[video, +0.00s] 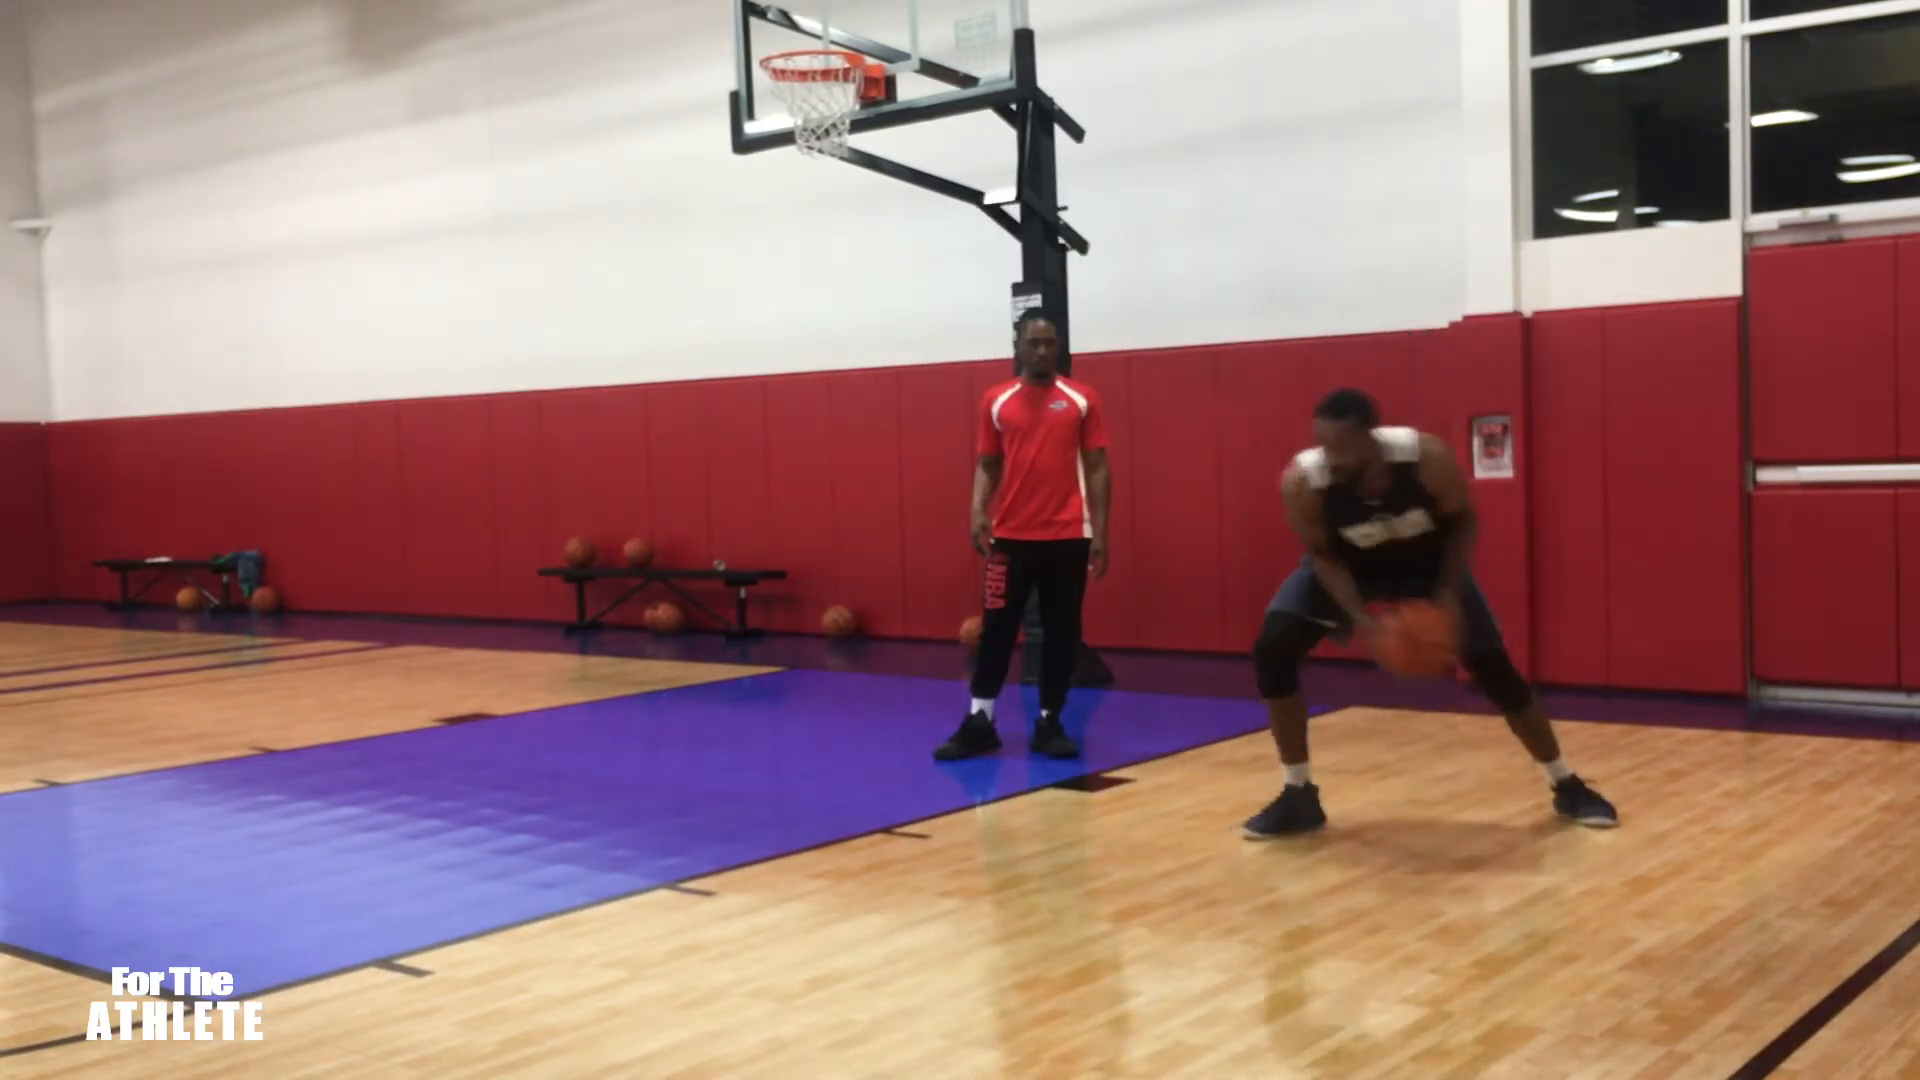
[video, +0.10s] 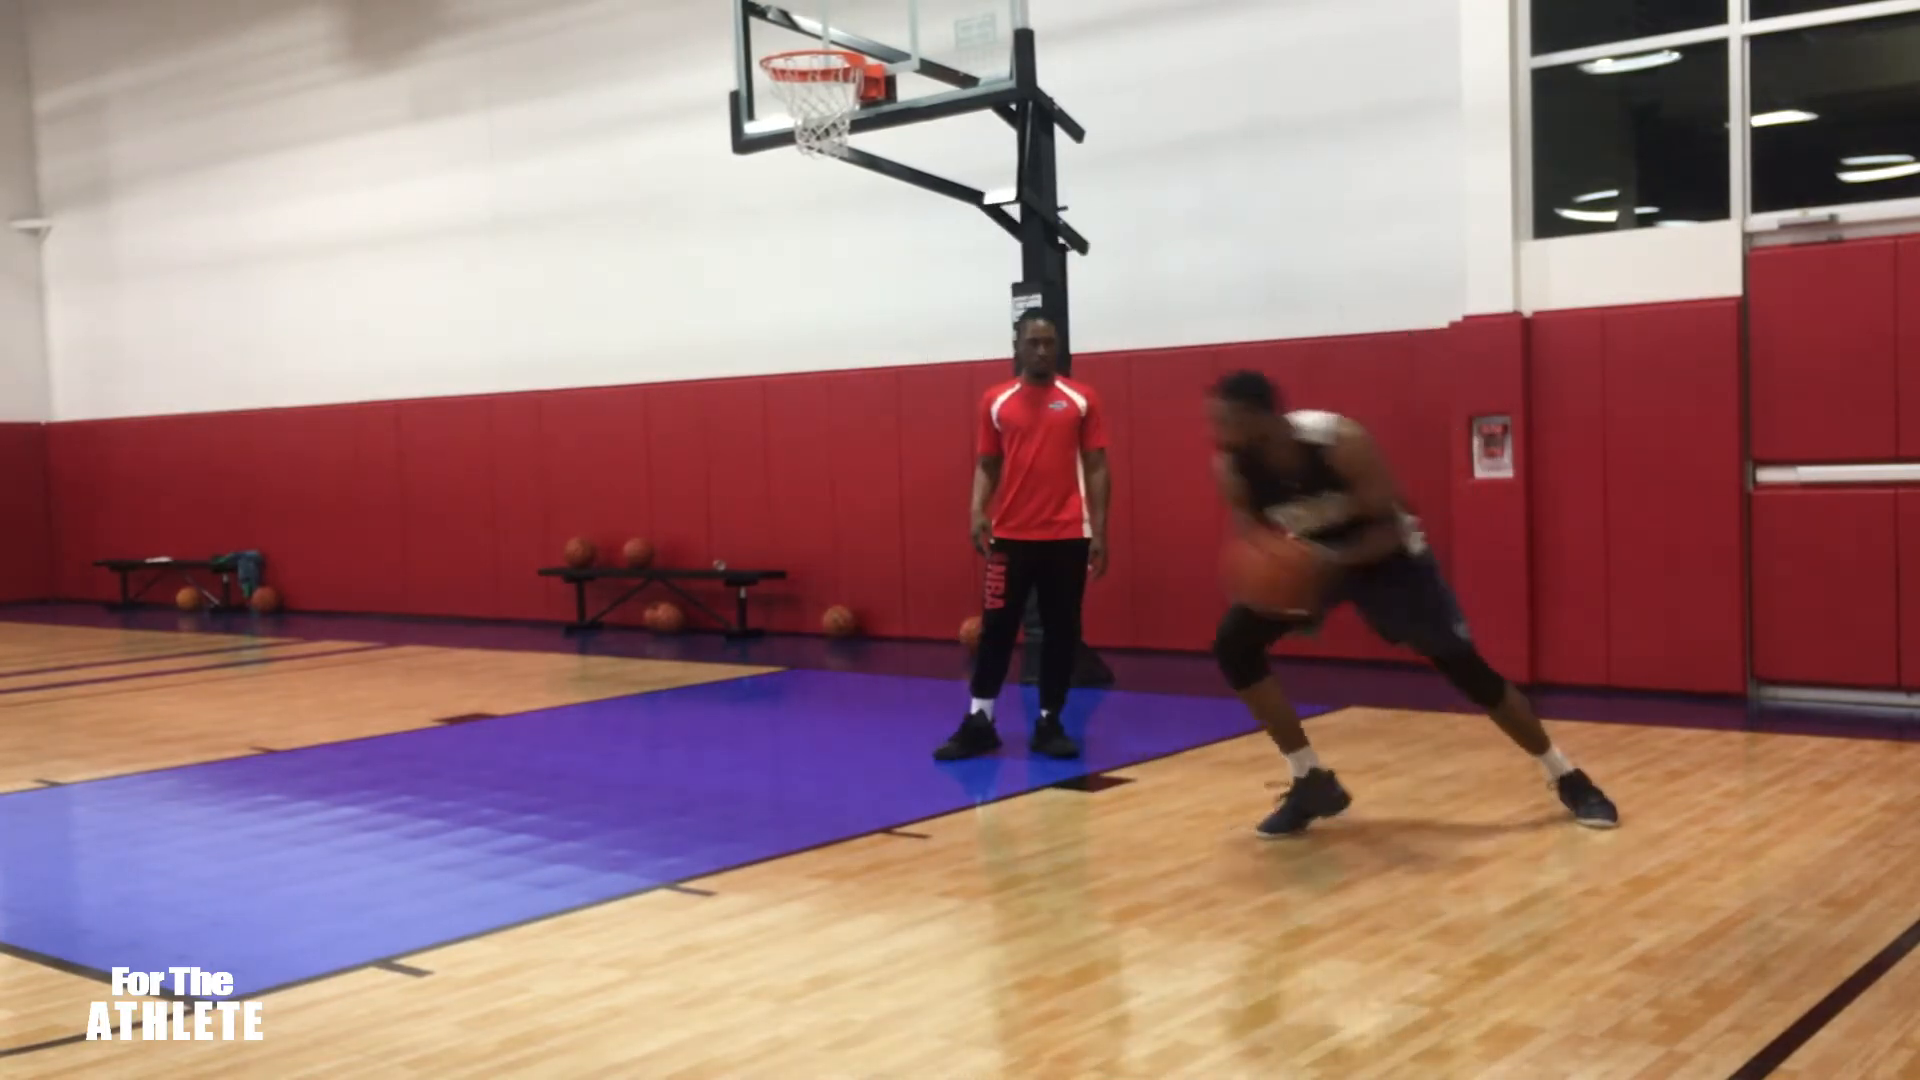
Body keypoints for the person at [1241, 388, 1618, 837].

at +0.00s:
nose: (1330, 456)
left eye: (1339, 445)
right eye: (1324, 445)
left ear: (1368, 436)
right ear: (1319, 439)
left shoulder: (1426, 456)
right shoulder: (1304, 481)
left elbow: (1462, 522)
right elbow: (1321, 555)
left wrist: (1448, 600)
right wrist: (1362, 620)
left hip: (1427, 566)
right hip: (1346, 570)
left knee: (1494, 668)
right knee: (1272, 652)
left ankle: (1566, 784)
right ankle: (1299, 794)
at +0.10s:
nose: (1219, 434)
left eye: (1227, 423)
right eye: (1216, 423)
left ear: (1264, 416)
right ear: (1228, 423)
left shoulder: (1340, 440)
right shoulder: (1234, 466)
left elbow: (1389, 530)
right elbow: (1252, 531)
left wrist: (1327, 560)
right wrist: (1276, 569)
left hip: (1385, 557)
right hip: (1314, 565)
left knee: (1465, 667)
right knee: (1234, 646)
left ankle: (1566, 777)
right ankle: (1313, 781)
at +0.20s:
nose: (1130, 404)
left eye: (1137, 392)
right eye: (1128, 393)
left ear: (1173, 387)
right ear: (1145, 393)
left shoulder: (1239, 419)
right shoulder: (1160, 448)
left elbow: (1255, 508)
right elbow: (1162, 540)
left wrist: (1157, 500)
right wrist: (1115, 510)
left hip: (1334, 557)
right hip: (1265, 568)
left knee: (1414, 667)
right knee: (1210, 669)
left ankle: (1549, 756)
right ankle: (1317, 782)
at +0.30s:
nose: (1059, 393)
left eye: (1067, 381)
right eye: (1057, 382)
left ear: (1100, 376)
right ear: (1078, 384)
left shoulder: (1150, 405)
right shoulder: (1093, 442)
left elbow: (1103, 468)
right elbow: (1053, 512)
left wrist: (991, 455)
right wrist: (983, 491)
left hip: (1270, 554)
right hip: (1212, 568)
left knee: (1295, 679)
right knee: (1184, 678)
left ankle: (1438, 745)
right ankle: (1310, 777)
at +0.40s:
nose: (990, 377)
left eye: (997, 364)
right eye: (988, 366)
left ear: (1026, 358)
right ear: (1012, 365)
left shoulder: (1070, 387)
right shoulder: (1019, 420)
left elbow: (990, 432)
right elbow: (949, 480)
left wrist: (874, 440)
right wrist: (861, 481)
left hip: (1181, 538)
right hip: (1153, 549)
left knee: (1142, 669)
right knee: (1162, 680)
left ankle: (1257, 782)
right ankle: (1298, 771)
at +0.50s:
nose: (908, 356)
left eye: (912, 344)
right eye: (909, 346)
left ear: (933, 341)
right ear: (949, 341)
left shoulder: (979, 375)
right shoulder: (952, 402)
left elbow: (894, 439)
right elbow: (879, 474)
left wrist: (791, 465)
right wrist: (794, 496)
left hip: (1056, 541)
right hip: (1082, 542)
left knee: (987, 642)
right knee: (1133, 669)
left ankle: (975, 791)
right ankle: (1261, 752)